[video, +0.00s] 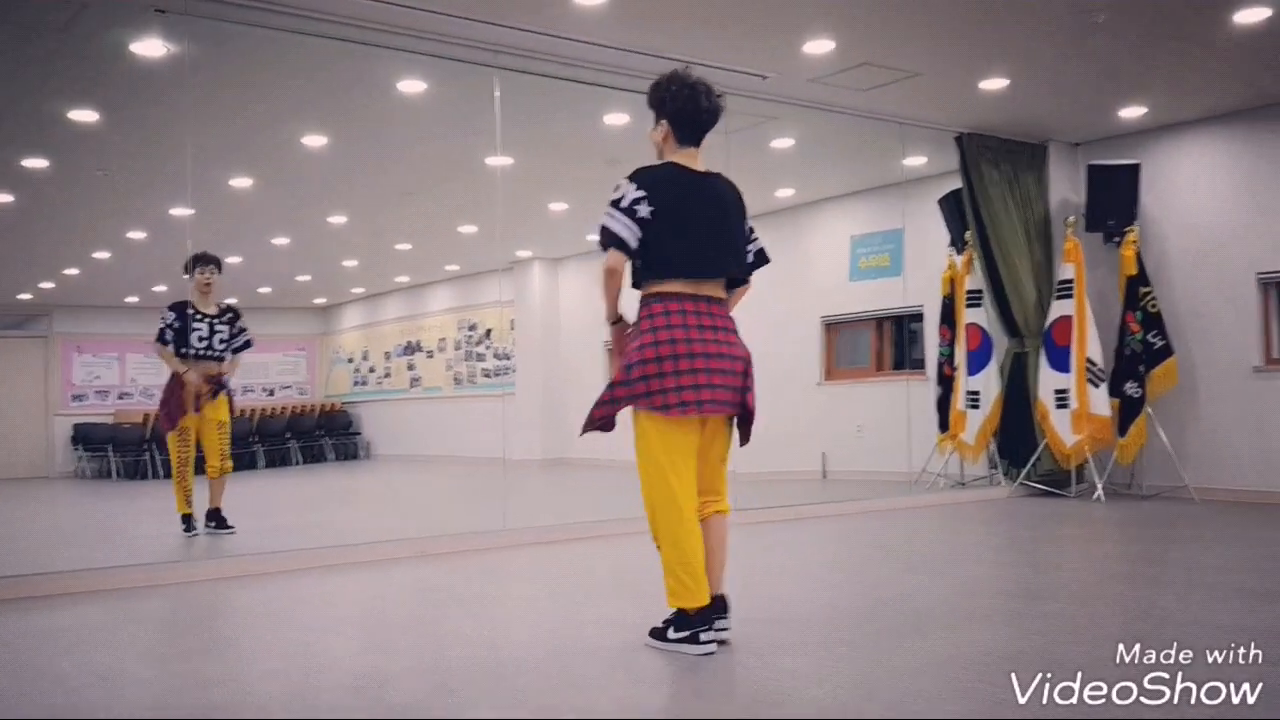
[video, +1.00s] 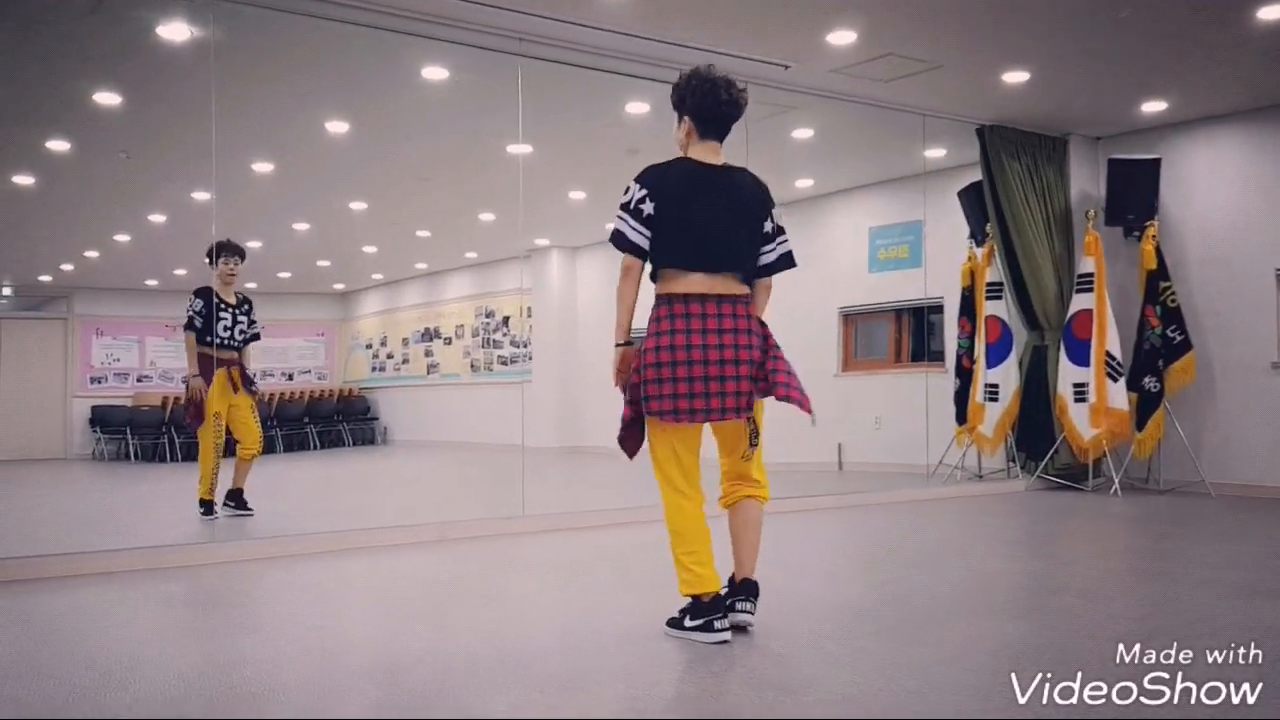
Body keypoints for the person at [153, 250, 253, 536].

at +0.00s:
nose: (207, 278)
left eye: (212, 273)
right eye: (201, 273)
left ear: (219, 278)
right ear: (191, 277)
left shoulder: (229, 314)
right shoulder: (177, 311)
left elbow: (238, 349)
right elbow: (162, 346)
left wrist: (229, 371)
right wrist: (183, 372)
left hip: (216, 391)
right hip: (183, 391)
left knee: (219, 454)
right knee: (183, 456)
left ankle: (215, 512)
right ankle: (187, 514)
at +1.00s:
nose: (232, 268)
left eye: (236, 263)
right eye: (226, 263)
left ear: (242, 268)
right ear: (214, 267)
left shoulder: (245, 303)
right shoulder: (203, 295)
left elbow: (244, 346)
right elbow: (190, 334)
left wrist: (248, 379)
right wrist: (193, 373)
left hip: (235, 372)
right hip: (209, 372)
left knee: (251, 438)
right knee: (212, 438)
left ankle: (235, 495)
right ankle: (207, 499)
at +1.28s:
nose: (263, 248)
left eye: (267, 244)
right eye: (256, 244)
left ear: (274, 250)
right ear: (247, 251)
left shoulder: (288, 284)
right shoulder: (235, 284)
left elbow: (302, 319)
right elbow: (212, 316)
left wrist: (286, 346)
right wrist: (238, 334)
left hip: (271, 362)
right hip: (236, 361)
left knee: (274, 429)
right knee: (236, 426)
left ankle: (268, 477)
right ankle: (240, 479)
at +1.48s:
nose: (262, 254)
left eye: (266, 250)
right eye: (255, 250)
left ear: (272, 257)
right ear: (245, 258)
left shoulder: (287, 289)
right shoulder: (233, 293)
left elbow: (305, 324)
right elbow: (225, 330)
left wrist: (293, 350)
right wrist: (238, 352)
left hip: (278, 363)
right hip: (245, 363)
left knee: (277, 427)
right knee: (233, 428)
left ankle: (267, 481)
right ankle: (240, 483)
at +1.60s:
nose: (261, 254)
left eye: (266, 250)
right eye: (255, 250)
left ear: (271, 258)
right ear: (243, 258)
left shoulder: (286, 290)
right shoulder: (230, 293)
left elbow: (303, 324)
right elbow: (225, 333)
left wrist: (293, 350)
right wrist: (239, 361)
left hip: (280, 362)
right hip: (247, 363)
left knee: (279, 429)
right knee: (239, 428)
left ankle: (267, 481)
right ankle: (240, 482)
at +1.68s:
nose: (262, 251)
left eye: (266, 248)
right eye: (255, 247)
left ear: (271, 255)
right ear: (243, 255)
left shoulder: (283, 287)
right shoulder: (230, 289)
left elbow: (298, 321)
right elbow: (221, 330)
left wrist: (291, 344)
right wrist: (234, 363)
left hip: (281, 360)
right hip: (249, 361)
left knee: (279, 427)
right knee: (244, 428)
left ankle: (267, 482)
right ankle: (240, 482)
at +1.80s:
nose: (262, 250)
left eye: (266, 246)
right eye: (255, 246)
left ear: (271, 254)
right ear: (242, 254)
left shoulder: (279, 287)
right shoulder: (231, 286)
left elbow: (288, 325)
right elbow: (217, 326)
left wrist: (291, 354)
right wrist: (230, 362)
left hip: (279, 359)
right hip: (249, 360)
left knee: (276, 426)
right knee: (250, 429)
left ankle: (267, 482)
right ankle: (239, 483)